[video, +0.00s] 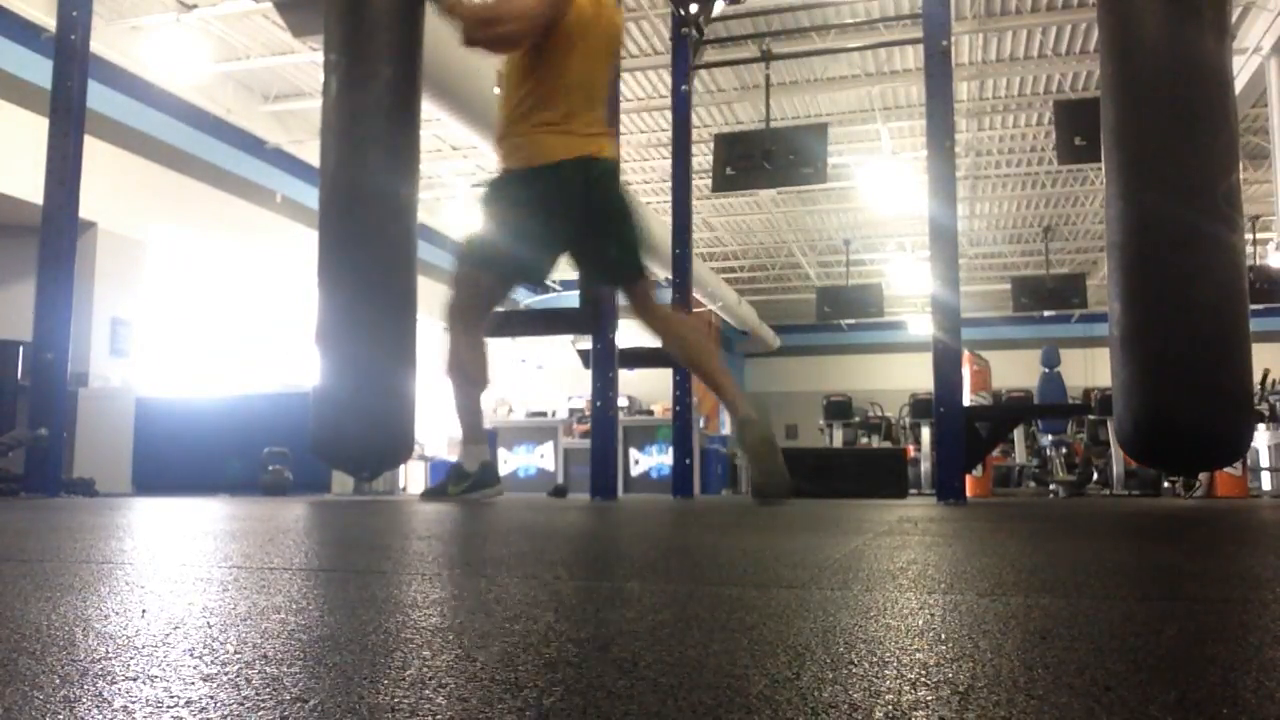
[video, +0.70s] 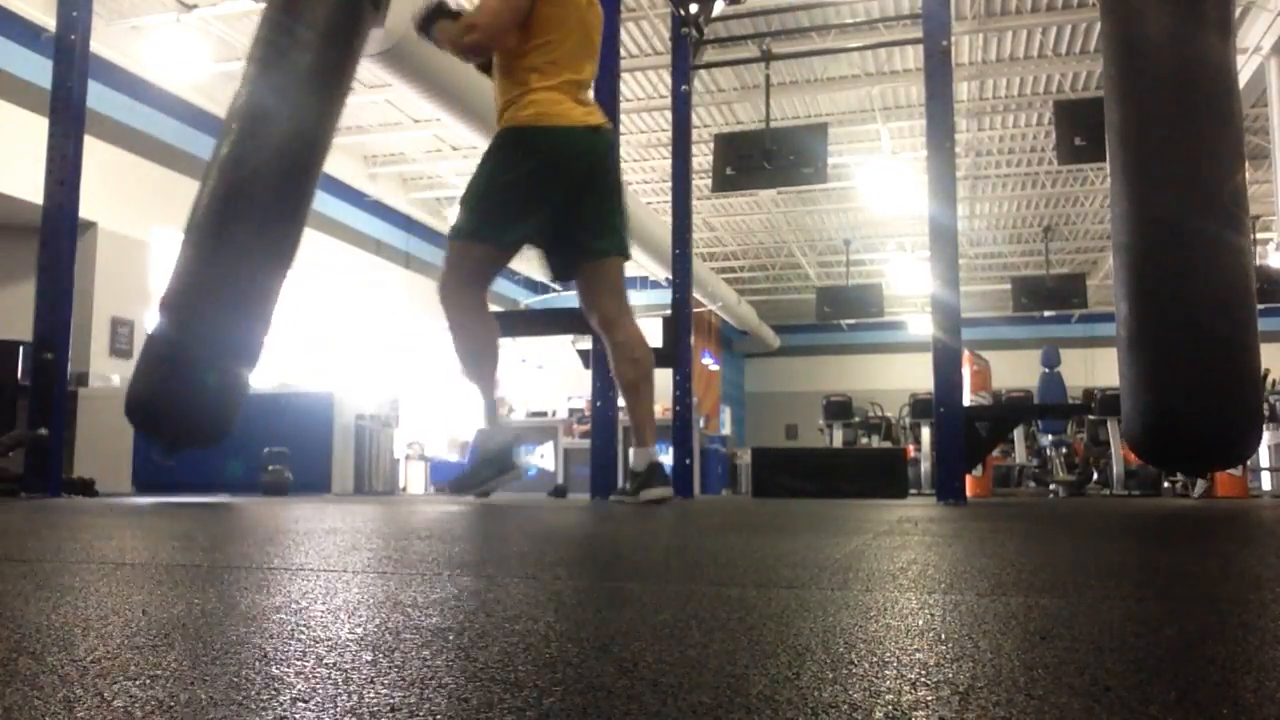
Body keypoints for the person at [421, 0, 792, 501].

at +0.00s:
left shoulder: (548, 1)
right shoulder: (605, 8)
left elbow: (496, 28)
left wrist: (451, 8)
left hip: (531, 181)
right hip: (596, 178)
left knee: (464, 315)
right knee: (651, 308)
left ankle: (475, 459)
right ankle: (745, 414)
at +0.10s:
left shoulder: (569, 1)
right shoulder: (588, 9)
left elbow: (535, 33)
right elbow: (562, 75)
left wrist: (464, 7)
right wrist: (494, 91)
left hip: (511, 156)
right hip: (542, 159)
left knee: (441, 307)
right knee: (492, 242)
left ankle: (469, 452)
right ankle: (608, 286)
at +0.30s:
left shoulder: (510, 2)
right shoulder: (583, 9)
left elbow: (469, 29)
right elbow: (599, 96)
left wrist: (434, 8)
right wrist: (566, 141)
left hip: (482, 139)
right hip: (528, 145)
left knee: (449, 302)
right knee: (434, 200)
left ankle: (462, 444)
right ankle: (395, 257)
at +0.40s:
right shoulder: (579, 9)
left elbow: (433, 23)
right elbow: (590, 102)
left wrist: (415, 4)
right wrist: (538, 119)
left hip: (482, 150)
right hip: (539, 155)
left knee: (444, 307)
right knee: (477, 236)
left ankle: (463, 450)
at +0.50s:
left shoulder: (496, 1)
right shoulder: (579, 10)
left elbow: (427, 26)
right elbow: (570, 112)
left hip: (485, 161)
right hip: (548, 165)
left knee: (447, 316)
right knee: (523, 289)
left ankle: (466, 461)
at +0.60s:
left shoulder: (511, 2)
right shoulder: (586, 8)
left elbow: (449, 28)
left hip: (504, 158)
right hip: (568, 159)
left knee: (469, 315)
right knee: (578, 312)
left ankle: (466, 458)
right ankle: (638, 439)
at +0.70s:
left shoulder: (523, 1)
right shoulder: (589, 9)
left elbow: (476, 39)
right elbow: (534, 73)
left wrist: (436, 23)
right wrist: (478, 47)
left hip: (529, 140)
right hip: (594, 142)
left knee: (460, 290)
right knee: (612, 311)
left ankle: (492, 434)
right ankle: (647, 463)